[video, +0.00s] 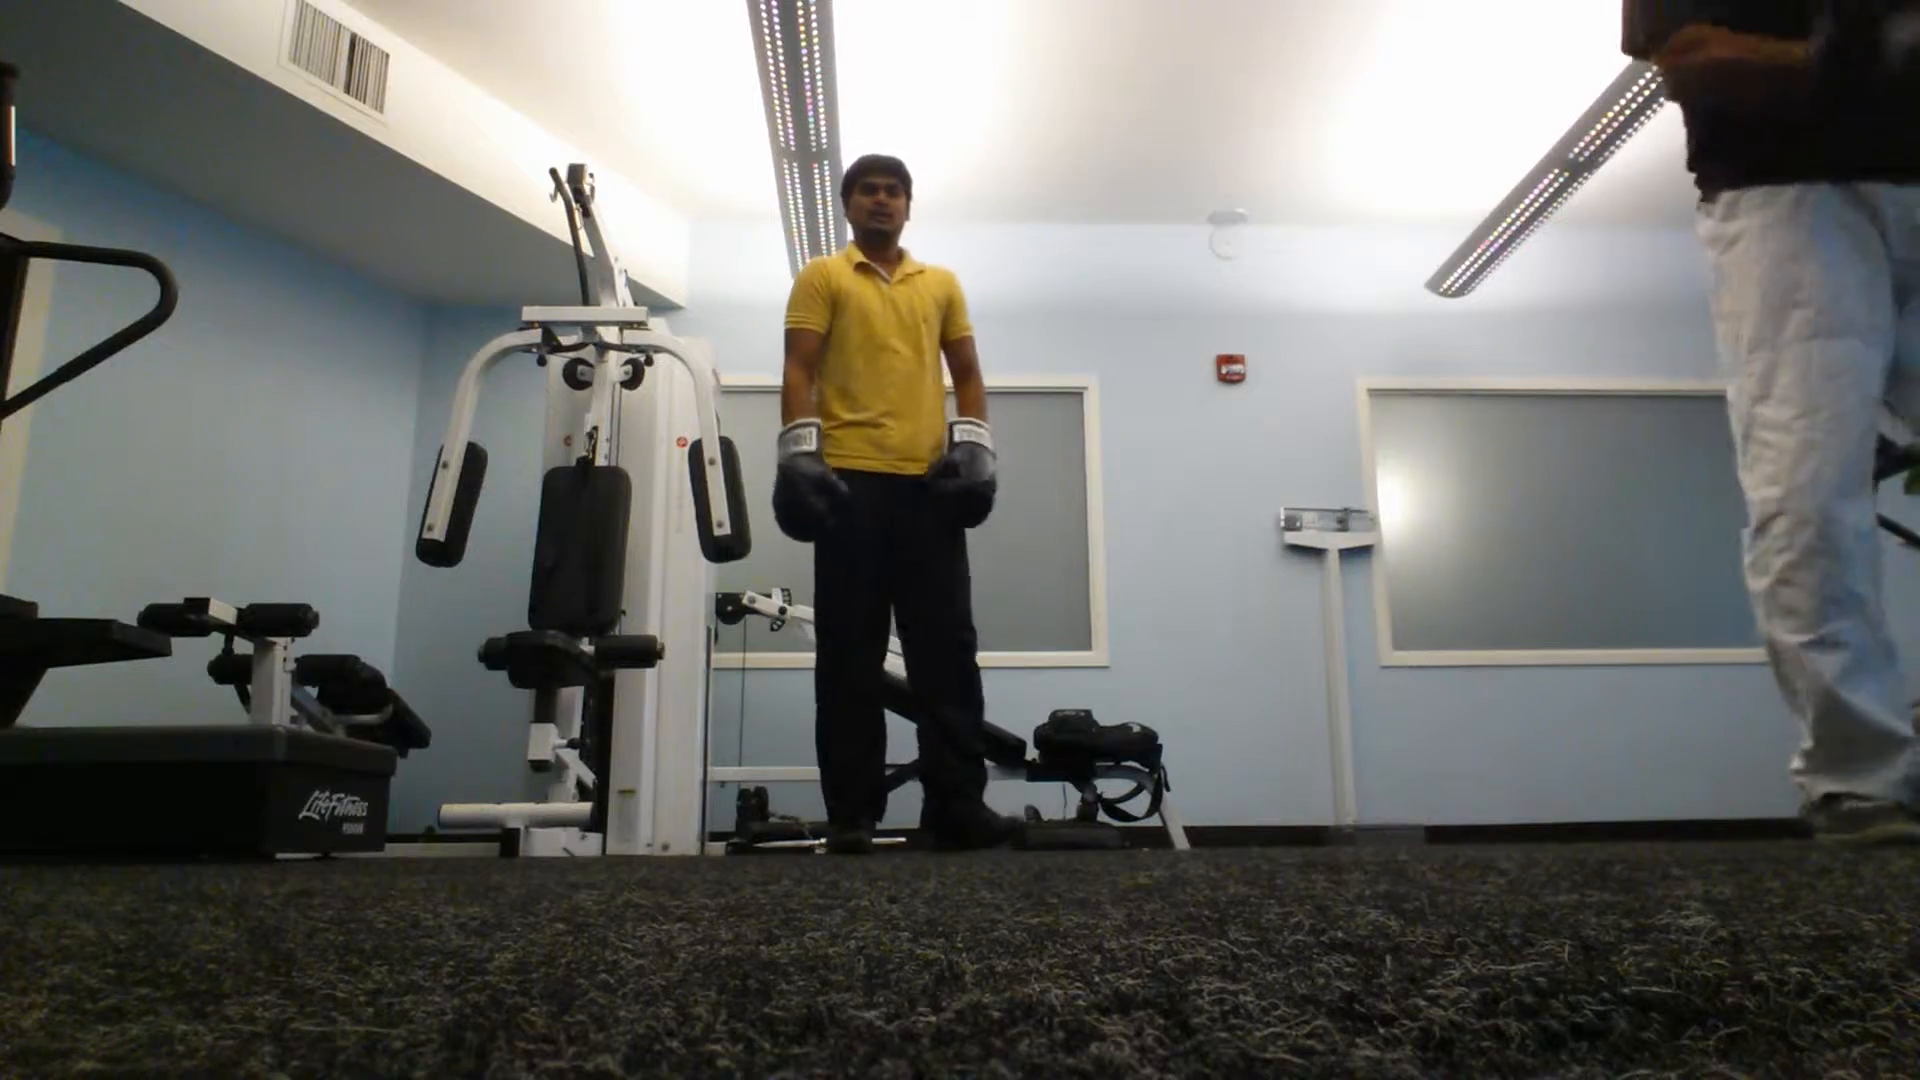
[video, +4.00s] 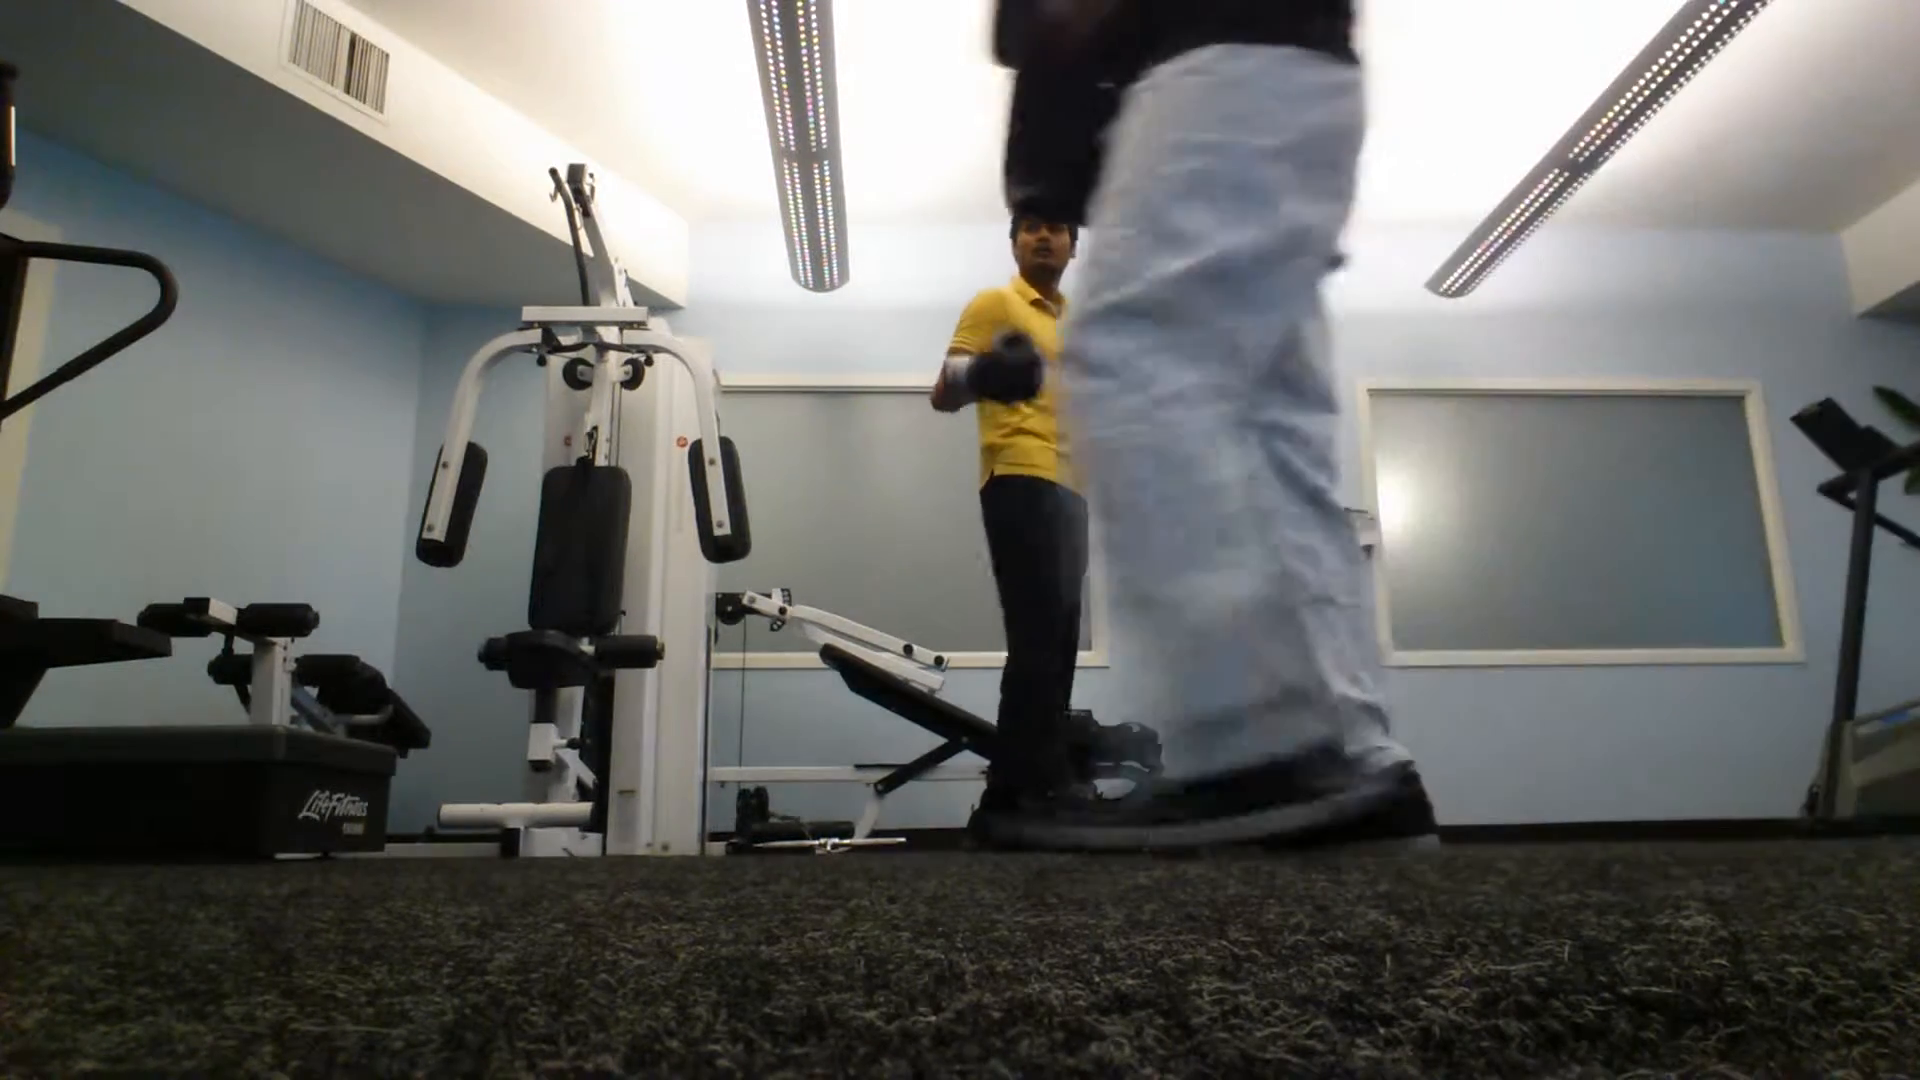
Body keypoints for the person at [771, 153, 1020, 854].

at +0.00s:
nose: (880, 201)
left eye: (892, 192)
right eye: (867, 191)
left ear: (909, 206)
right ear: (846, 205)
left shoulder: (939, 285)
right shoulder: (822, 279)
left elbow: (966, 376)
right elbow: (799, 367)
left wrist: (975, 446)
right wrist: (801, 453)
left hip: (929, 486)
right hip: (848, 484)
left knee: (946, 647)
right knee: (851, 656)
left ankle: (955, 808)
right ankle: (851, 816)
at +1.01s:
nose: (971, 260)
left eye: (975, 252)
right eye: (959, 250)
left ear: (975, 264)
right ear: (923, 256)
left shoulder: (978, 344)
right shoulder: (904, 314)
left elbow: (989, 432)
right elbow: (876, 396)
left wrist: (1020, 517)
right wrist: (886, 482)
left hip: (969, 504)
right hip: (926, 496)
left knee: (960, 649)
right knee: (949, 646)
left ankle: (937, 810)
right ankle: (917, 812)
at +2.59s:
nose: (1029, 205)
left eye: (1038, 198)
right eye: (1016, 195)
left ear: (1047, 214)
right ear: (987, 207)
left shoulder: (1035, 293)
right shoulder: (963, 267)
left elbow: (1036, 391)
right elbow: (916, 356)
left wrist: (1077, 462)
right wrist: (950, 399)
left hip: (1042, 468)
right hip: (993, 462)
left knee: (1064, 634)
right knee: (1009, 628)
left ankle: (1008, 792)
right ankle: (995, 804)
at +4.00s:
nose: (1043, 239)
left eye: (1055, 229)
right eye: (1030, 228)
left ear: (1073, 244)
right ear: (1013, 240)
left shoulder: (1071, 319)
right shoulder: (994, 304)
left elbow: (1086, 394)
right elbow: (943, 394)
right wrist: (985, 370)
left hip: (1066, 484)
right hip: (1018, 479)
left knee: (1060, 634)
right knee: (1039, 633)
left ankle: (1046, 783)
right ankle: (1015, 792)